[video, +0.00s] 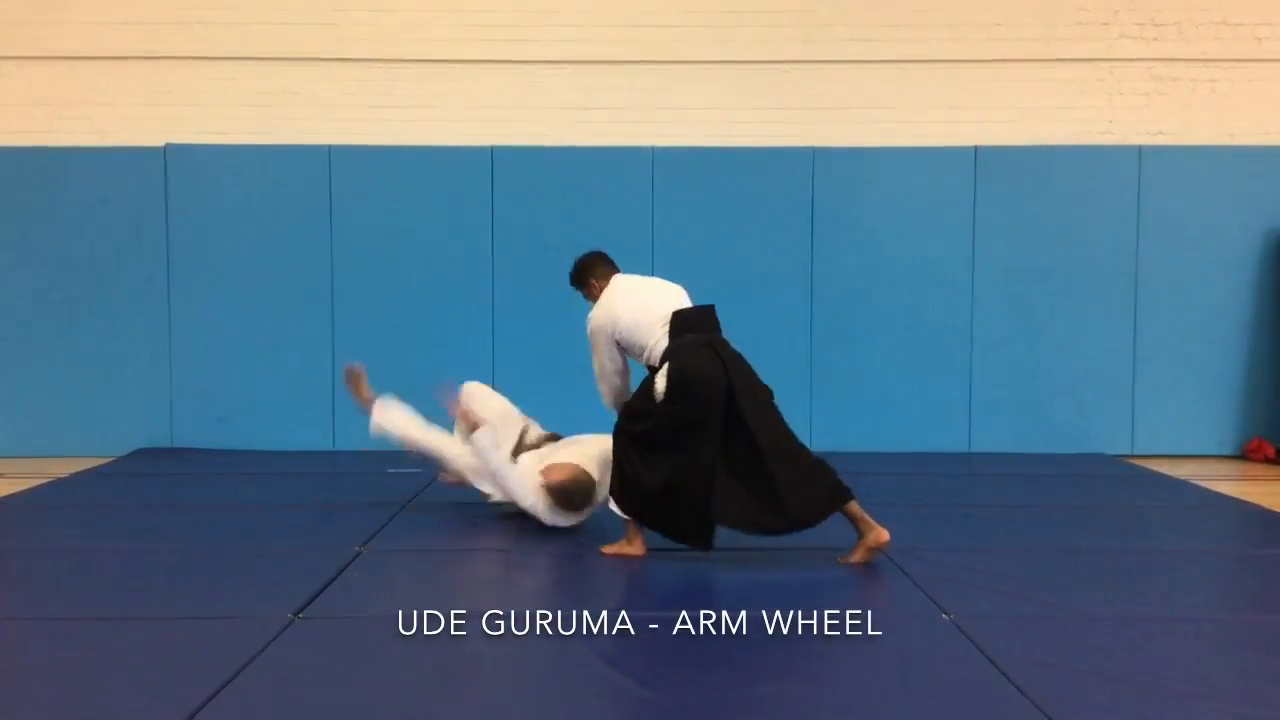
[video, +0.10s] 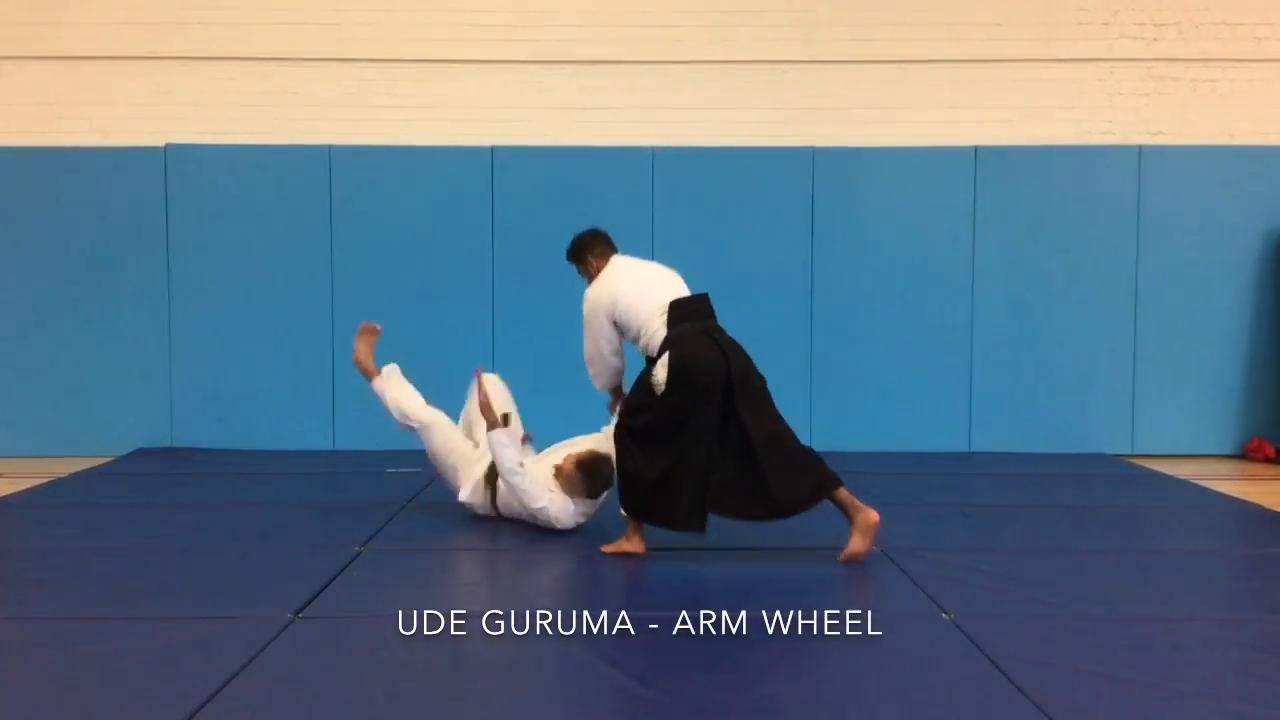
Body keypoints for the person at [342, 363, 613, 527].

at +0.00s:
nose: (549, 470)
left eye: (552, 478)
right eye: (560, 467)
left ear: (556, 495)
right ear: (574, 463)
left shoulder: (539, 503)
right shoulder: (603, 452)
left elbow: (500, 463)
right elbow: (634, 449)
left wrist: (474, 428)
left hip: (506, 479)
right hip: (535, 441)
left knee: (438, 443)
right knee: (473, 391)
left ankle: (375, 404)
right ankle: (467, 472)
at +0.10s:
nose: (564, 463)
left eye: (570, 466)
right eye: (569, 459)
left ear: (579, 483)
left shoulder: (555, 511)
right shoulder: (599, 463)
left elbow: (514, 472)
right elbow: (616, 434)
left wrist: (494, 422)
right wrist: (625, 406)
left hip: (481, 482)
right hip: (520, 459)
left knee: (428, 418)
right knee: (490, 383)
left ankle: (373, 370)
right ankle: (474, 454)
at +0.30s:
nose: (567, 458)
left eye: (575, 461)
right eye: (573, 453)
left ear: (589, 479)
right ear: (592, 457)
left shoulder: (567, 515)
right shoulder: (601, 462)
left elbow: (510, 497)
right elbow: (610, 424)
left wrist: (472, 460)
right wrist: (613, 394)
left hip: (482, 489)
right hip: (513, 459)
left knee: (416, 453)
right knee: (511, 383)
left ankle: (337, 406)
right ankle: (443, 410)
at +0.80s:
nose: (512, 416)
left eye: (520, 413)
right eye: (512, 408)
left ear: (546, 417)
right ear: (513, 400)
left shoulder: (554, 461)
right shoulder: (508, 407)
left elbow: (526, 521)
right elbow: (458, 411)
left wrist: (479, 533)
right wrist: (395, 413)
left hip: (468, 497)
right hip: (462, 457)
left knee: (399, 485)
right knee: (386, 432)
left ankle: (337, 496)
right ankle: (363, 488)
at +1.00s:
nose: (451, 396)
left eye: (460, 390)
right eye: (449, 387)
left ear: (483, 384)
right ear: (445, 379)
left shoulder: (507, 427)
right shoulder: (442, 393)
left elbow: (523, 488)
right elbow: (393, 413)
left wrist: (491, 529)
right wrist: (339, 445)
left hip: (470, 495)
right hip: (445, 457)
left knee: (401, 508)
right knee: (382, 438)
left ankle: (385, 505)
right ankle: (388, 492)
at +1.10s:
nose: (432, 396)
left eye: (440, 388)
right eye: (425, 388)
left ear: (456, 380)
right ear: (418, 379)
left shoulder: (479, 419)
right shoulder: (411, 391)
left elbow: (506, 479)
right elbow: (361, 414)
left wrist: (490, 530)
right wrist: (324, 454)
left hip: (464, 493)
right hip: (430, 464)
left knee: (390, 514)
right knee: (368, 444)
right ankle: (394, 502)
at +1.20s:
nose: (419, 393)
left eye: (428, 384)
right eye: (411, 385)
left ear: (439, 377)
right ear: (399, 377)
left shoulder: (462, 415)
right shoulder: (388, 387)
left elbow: (494, 474)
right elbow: (337, 410)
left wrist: (490, 530)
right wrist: (312, 454)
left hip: (442, 483)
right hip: (408, 455)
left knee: (374, 518)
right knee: (338, 451)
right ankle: (388, 494)